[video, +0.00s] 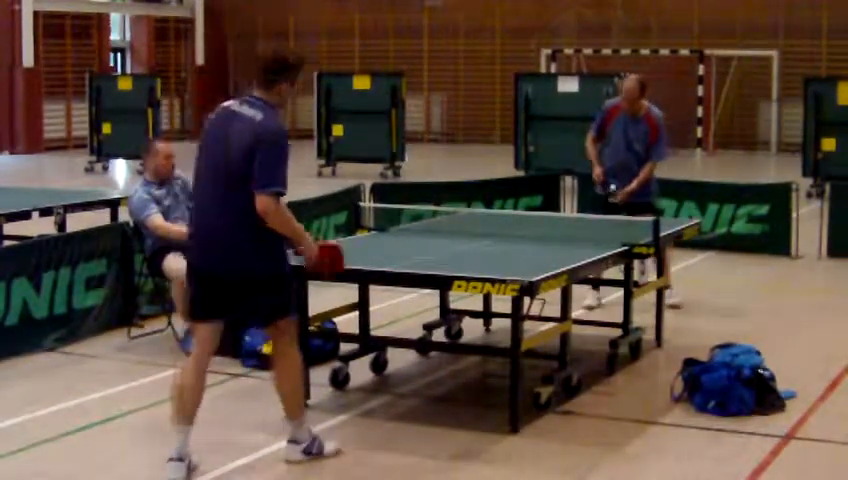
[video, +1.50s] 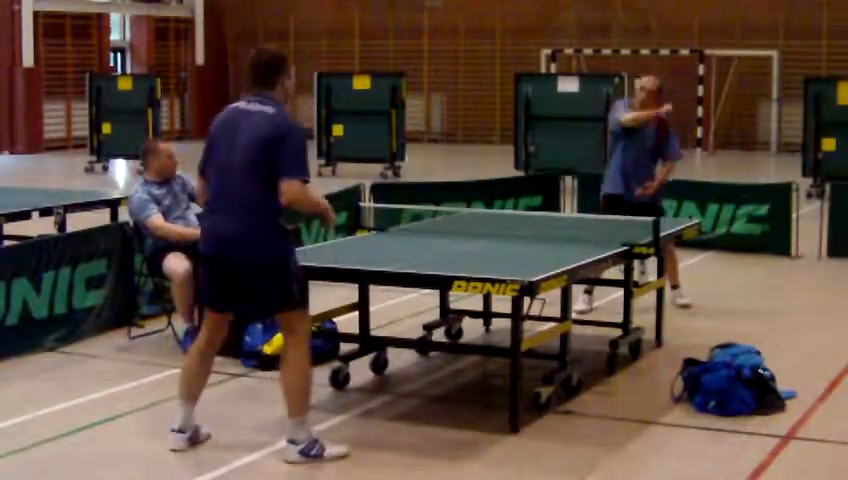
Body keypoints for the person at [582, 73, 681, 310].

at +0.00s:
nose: (627, 103)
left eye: (631, 99)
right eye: (624, 98)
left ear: (642, 97)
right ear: (620, 94)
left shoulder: (653, 118)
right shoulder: (610, 110)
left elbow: (653, 160)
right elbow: (591, 138)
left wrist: (630, 188)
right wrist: (596, 165)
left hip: (639, 186)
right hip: (609, 184)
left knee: (655, 237)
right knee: (601, 237)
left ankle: (665, 287)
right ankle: (594, 290)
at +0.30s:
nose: (614, 103)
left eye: (619, 99)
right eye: (611, 98)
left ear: (629, 98)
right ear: (607, 97)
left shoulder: (641, 123)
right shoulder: (597, 115)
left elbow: (640, 164)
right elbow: (576, 144)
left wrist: (616, 190)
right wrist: (580, 175)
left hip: (629, 189)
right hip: (596, 188)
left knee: (649, 238)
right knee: (592, 241)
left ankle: (666, 289)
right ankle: (594, 292)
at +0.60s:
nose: (622, 94)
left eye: (627, 89)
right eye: (620, 88)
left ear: (637, 91)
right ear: (615, 89)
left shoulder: (648, 114)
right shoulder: (604, 112)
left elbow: (642, 138)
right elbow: (587, 146)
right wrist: (595, 174)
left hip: (638, 185)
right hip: (608, 185)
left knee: (658, 237)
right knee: (599, 239)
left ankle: (674, 287)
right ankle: (594, 289)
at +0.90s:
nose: (643, 77)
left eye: (649, 72)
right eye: (640, 72)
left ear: (657, 78)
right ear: (635, 76)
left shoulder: (666, 105)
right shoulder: (622, 101)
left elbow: (675, 135)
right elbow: (611, 123)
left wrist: (657, 134)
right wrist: (626, 134)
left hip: (656, 184)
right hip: (625, 182)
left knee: (668, 237)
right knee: (609, 235)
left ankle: (675, 287)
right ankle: (596, 289)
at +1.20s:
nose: (651, 75)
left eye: (656, 72)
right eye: (648, 71)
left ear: (666, 79)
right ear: (642, 75)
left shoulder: (674, 107)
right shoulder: (632, 98)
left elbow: (685, 143)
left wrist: (673, 165)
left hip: (658, 180)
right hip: (628, 178)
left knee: (669, 236)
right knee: (612, 234)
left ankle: (675, 287)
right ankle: (596, 288)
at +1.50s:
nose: (644, 95)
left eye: (649, 92)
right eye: (641, 90)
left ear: (658, 96)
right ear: (634, 90)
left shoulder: (660, 121)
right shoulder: (622, 107)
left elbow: (670, 159)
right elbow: (625, 120)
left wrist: (655, 183)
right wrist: (658, 113)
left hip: (646, 191)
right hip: (616, 188)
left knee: (665, 241)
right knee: (603, 243)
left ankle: (676, 289)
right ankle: (587, 292)